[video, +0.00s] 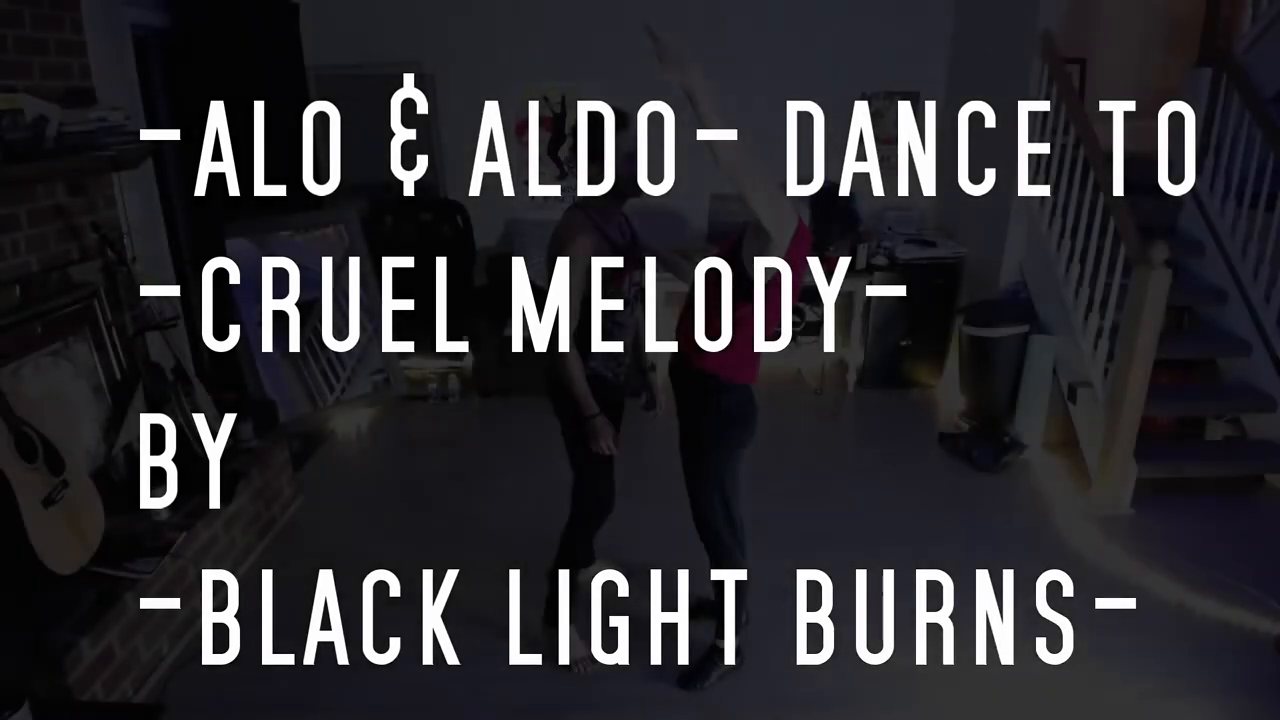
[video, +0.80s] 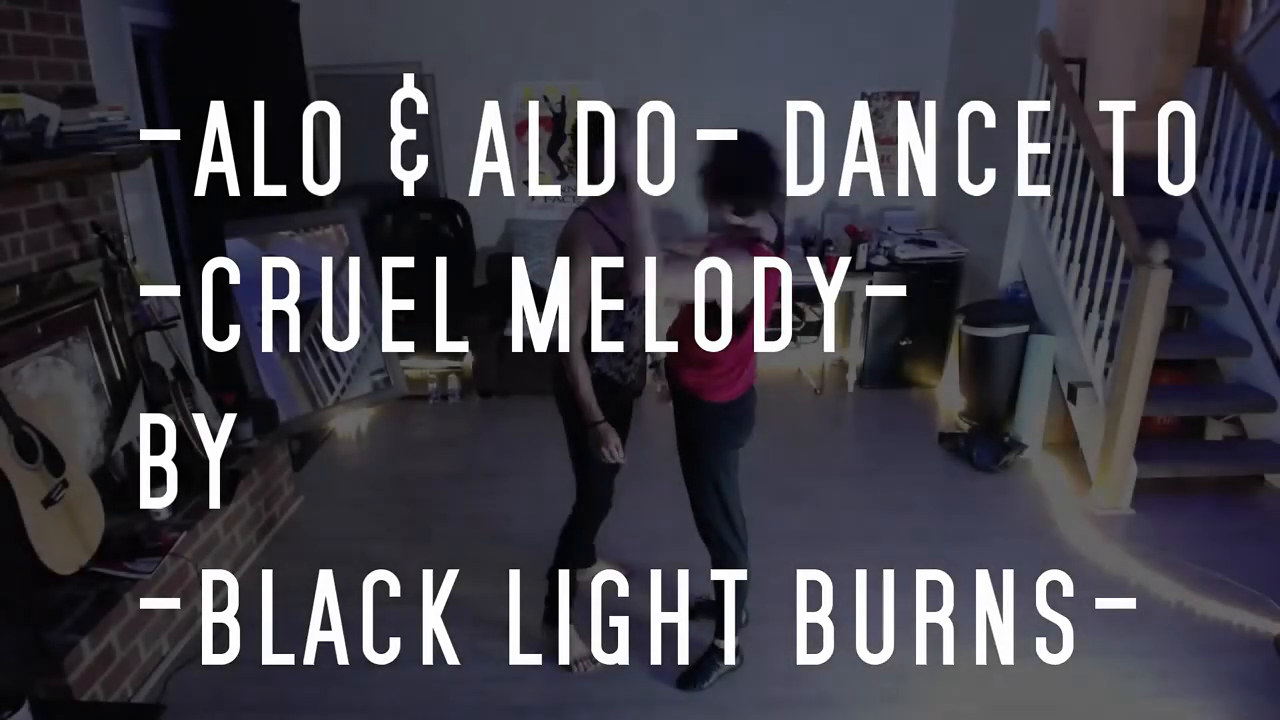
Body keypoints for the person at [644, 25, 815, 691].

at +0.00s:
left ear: (809, 214)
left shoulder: (782, 242)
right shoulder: (767, 245)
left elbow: (730, 157)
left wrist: (692, 84)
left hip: (720, 394)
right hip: (710, 390)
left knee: (713, 512)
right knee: (717, 511)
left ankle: (727, 638)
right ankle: (726, 629)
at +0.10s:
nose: (792, 193)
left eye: (804, 193)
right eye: (806, 191)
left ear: (809, 210)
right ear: (832, 232)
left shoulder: (781, 238)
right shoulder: (783, 249)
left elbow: (725, 152)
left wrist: (679, 66)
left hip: (717, 394)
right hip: (712, 390)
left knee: (710, 509)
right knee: (713, 506)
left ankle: (726, 640)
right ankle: (725, 627)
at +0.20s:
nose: (724, 211)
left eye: (732, 206)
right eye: (722, 208)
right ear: (735, 230)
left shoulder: (761, 258)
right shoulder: (729, 263)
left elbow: (716, 146)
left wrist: (672, 60)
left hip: (714, 398)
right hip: (711, 395)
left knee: (710, 512)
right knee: (712, 508)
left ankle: (728, 636)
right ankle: (726, 621)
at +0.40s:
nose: (719, 182)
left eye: (728, 177)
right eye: (720, 175)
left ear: (749, 192)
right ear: (767, 203)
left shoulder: (748, 240)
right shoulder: (748, 243)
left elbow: (704, 141)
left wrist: (664, 50)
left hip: (710, 400)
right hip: (711, 397)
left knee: (711, 517)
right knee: (715, 512)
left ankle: (725, 640)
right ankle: (727, 618)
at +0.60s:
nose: (748, 175)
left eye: (759, 177)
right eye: (756, 171)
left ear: (765, 202)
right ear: (771, 203)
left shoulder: (738, 253)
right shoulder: (750, 240)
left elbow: (668, 219)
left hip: (709, 405)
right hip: (712, 397)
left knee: (716, 520)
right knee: (716, 513)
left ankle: (729, 642)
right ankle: (729, 623)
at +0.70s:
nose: (715, 191)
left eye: (723, 184)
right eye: (720, 184)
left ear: (733, 191)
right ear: (770, 197)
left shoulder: (723, 258)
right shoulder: (762, 254)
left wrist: (649, 219)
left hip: (709, 405)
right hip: (723, 397)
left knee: (716, 518)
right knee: (719, 508)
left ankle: (727, 641)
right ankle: (731, 604)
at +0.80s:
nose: (701, 189)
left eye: (708, 183)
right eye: (705, 181)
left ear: (720, 190)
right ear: (757, 190)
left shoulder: (735, 260)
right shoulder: (748, 244)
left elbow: (653, 272)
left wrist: (635, 191)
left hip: (712, 408)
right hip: (717, 400)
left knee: (717, 519)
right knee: (718, 509)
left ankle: (727, 643)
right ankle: (727, 602)